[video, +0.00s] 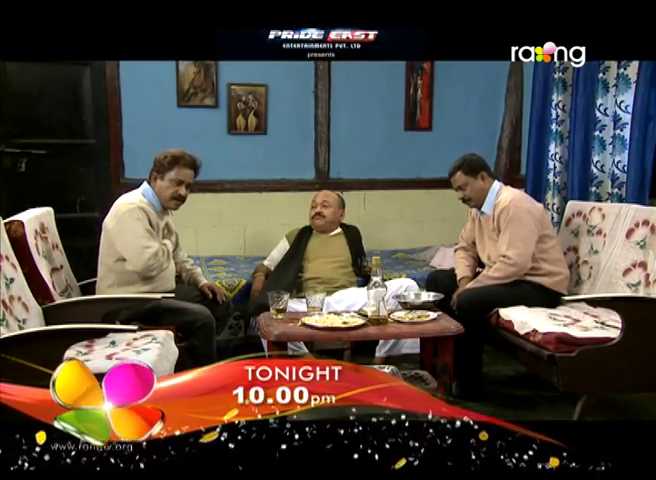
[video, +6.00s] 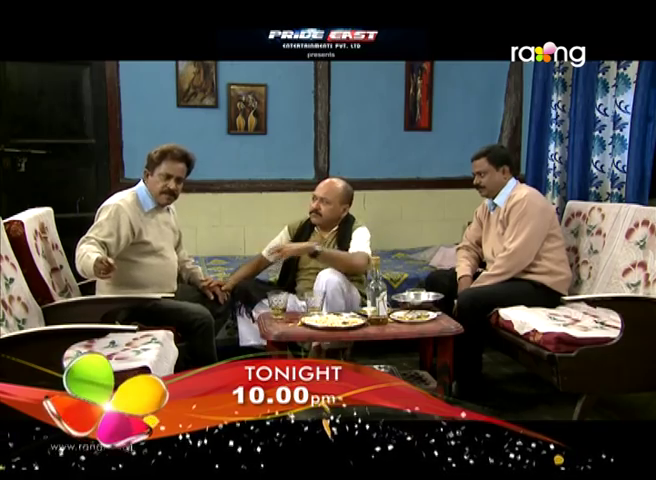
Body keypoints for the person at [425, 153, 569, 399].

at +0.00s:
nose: (461, 196)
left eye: (463, 188)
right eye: (458, 191)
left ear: (483, 178)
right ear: (480, 180)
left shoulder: (516, 205)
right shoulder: (479, 209)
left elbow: (515, 263)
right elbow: (465, 247)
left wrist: (468, 289)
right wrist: (465, 281)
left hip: (541, 285)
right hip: (502, 277)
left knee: (468, 303)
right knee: (437, 280)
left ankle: (467, 385)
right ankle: (439, 369)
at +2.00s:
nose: (459, 198)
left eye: (462, 190)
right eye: (456, 193)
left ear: (482, 179)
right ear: (479, 180)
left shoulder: (514, 206)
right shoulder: (478, 208)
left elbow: (513, 266)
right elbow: (464, 248)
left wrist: (465, 295)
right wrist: (463, 284)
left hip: (541, 286)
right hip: (504, 277)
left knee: (469, 302)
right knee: (437, 280)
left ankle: (467, 385)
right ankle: (440, 368)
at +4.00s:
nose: (463, 187)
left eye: (467, 179)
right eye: (462, 181)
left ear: (487, 175)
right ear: (484, 177)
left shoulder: (519, 204)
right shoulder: (482, 207)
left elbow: (513, 265)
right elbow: (465, 247)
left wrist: (469, 292)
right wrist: (464, 280)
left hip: (541, 286)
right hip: (504, 278)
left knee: (469, 302)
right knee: (437, 280)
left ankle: (467, 386)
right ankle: (437, 371)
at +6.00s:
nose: (476, 182)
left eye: (481, 175)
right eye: (474, 176)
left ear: (504, 172)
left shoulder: (528, 201)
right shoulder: (486, 207)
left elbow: (515, 258)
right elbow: (468, 246)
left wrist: (473, 290)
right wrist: (464, 279)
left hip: (541, 285)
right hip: (503, 277)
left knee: (469, 302)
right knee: (437, 280)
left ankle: (467, 384)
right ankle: (437, 367)